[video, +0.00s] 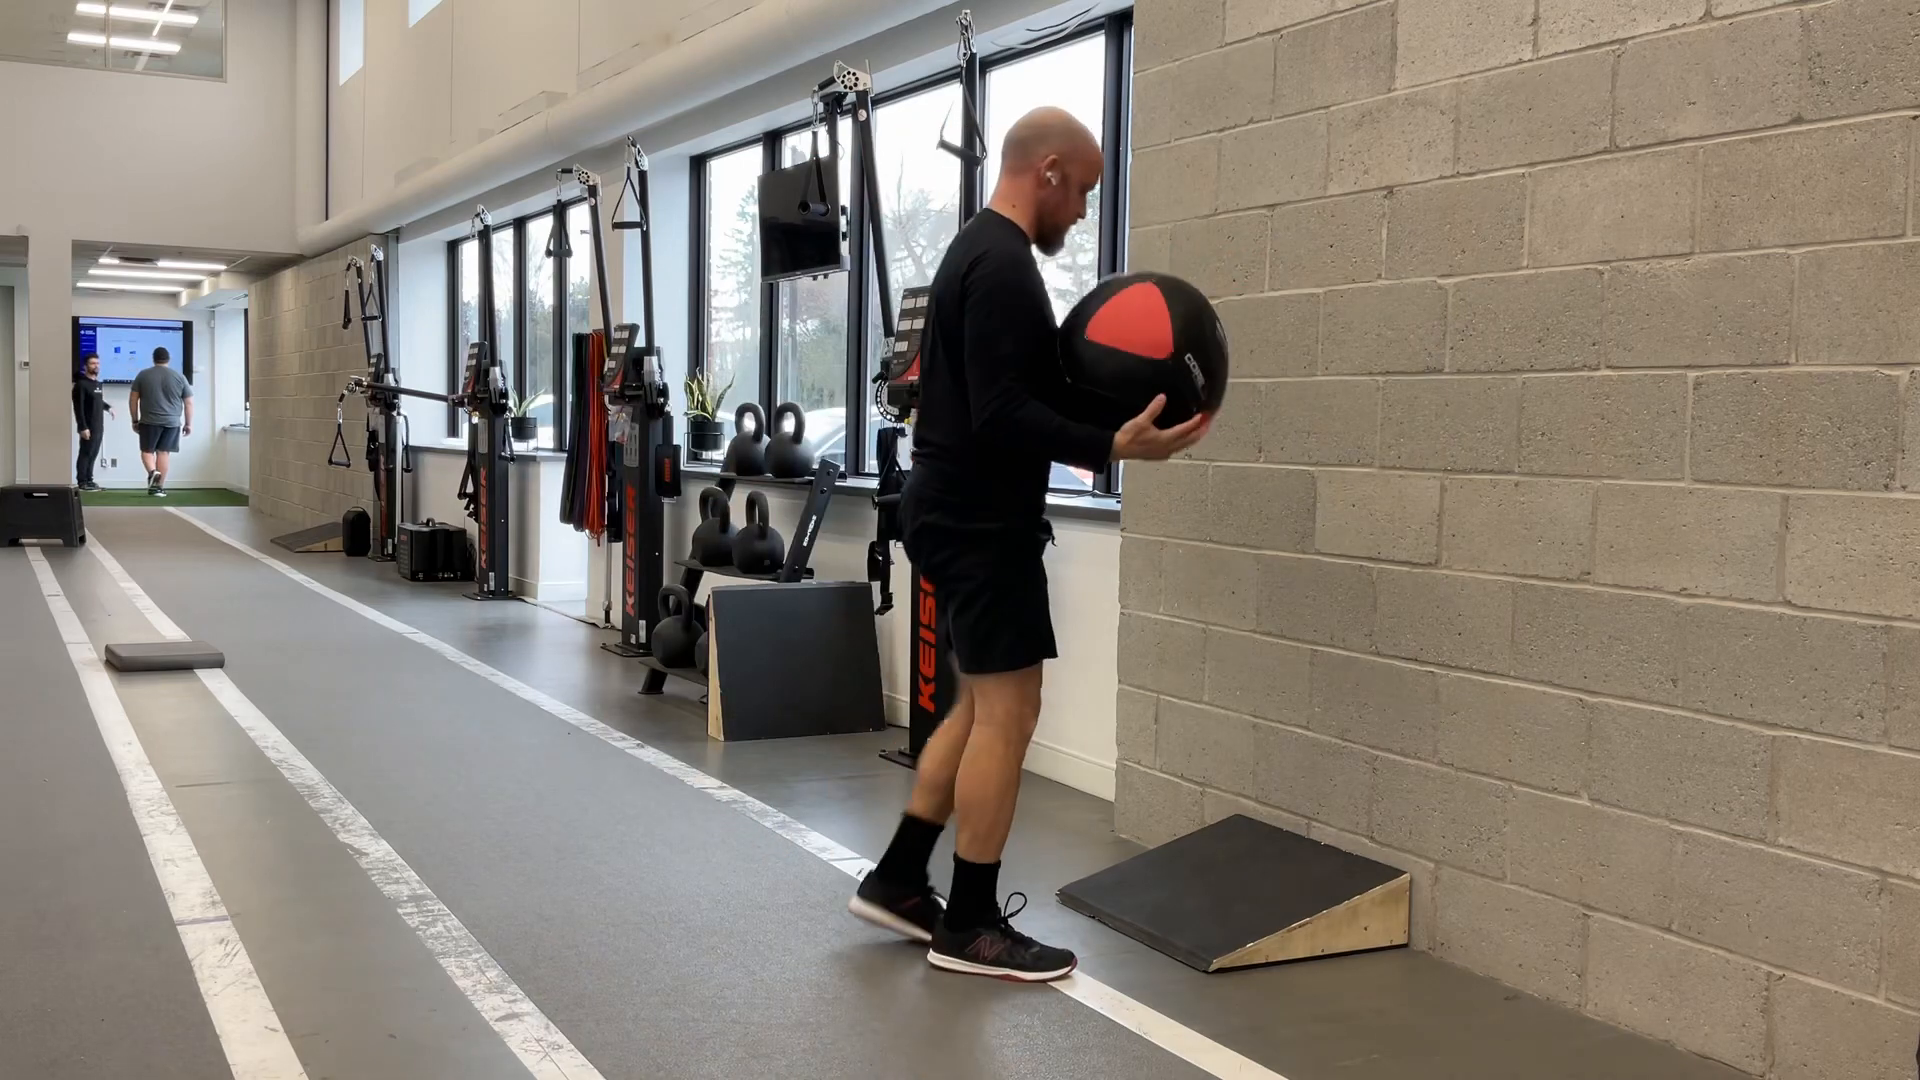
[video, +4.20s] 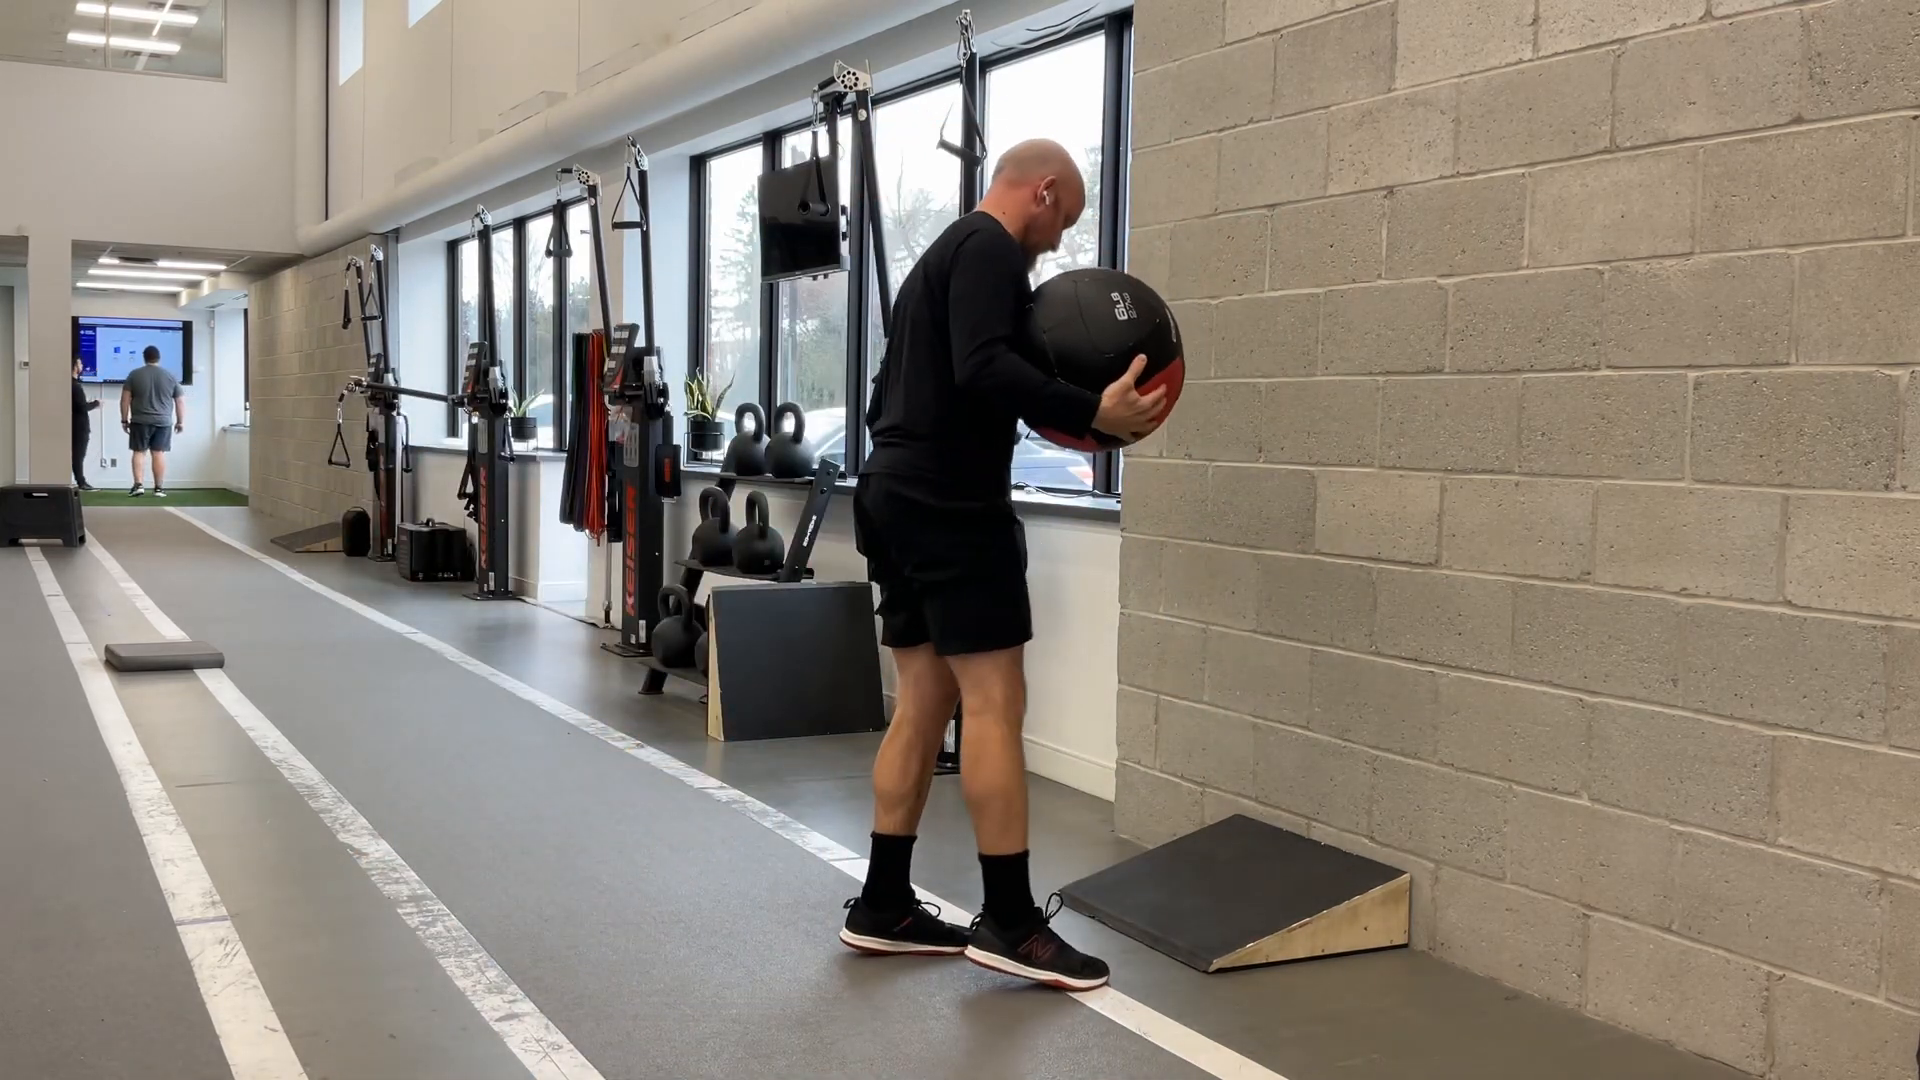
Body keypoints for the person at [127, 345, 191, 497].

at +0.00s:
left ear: (153, 359)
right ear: (168, 359)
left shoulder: (143, 375)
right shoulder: (179, 377)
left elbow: (133, 399)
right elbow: (188, 402)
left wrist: (134, 420)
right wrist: (188, 423)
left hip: (149, 422)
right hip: (171, 423)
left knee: (147, 451)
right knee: (164, 453)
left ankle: (152, 471)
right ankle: (159, 488)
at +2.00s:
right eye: (163, 361)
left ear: (151, 362)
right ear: (166, 362)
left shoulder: (142, 377)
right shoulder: (176, 378)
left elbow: (133, 402)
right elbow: (190, 400)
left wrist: (138, 421)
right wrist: (191, 422)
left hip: (152, 423)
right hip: (174, 424)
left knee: (150, 453)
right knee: (166, 452)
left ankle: (158, 471)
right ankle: (162, 486)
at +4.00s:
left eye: (151, 358)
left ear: (148, 359)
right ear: (163, 359)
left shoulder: (139, 375)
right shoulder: (174, 377)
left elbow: (129, 399)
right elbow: (184, 400)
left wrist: (128, 420)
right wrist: (184, 421)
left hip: (144, 422)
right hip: (166, 423)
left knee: (140, 451)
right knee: (161, 452)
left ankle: (139, 481)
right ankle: (159, 488)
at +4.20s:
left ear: (144, 358)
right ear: (159, 358)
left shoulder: (135, 374)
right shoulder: (169, 376)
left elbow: (125, 398)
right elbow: (179, 399)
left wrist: (124, 419)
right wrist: (180, 421)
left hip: (140, 422)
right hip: (163, 422)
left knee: (139, 452)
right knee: (159, 452)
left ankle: (138, 485)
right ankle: (159, 487)